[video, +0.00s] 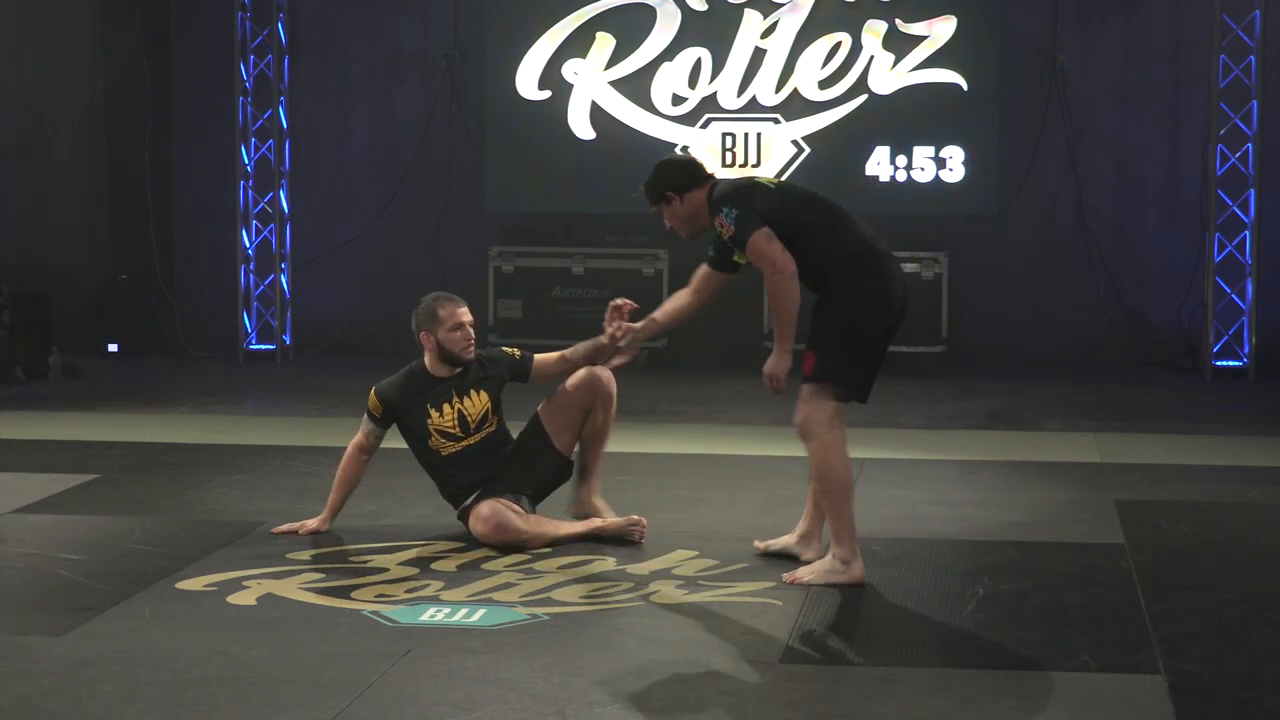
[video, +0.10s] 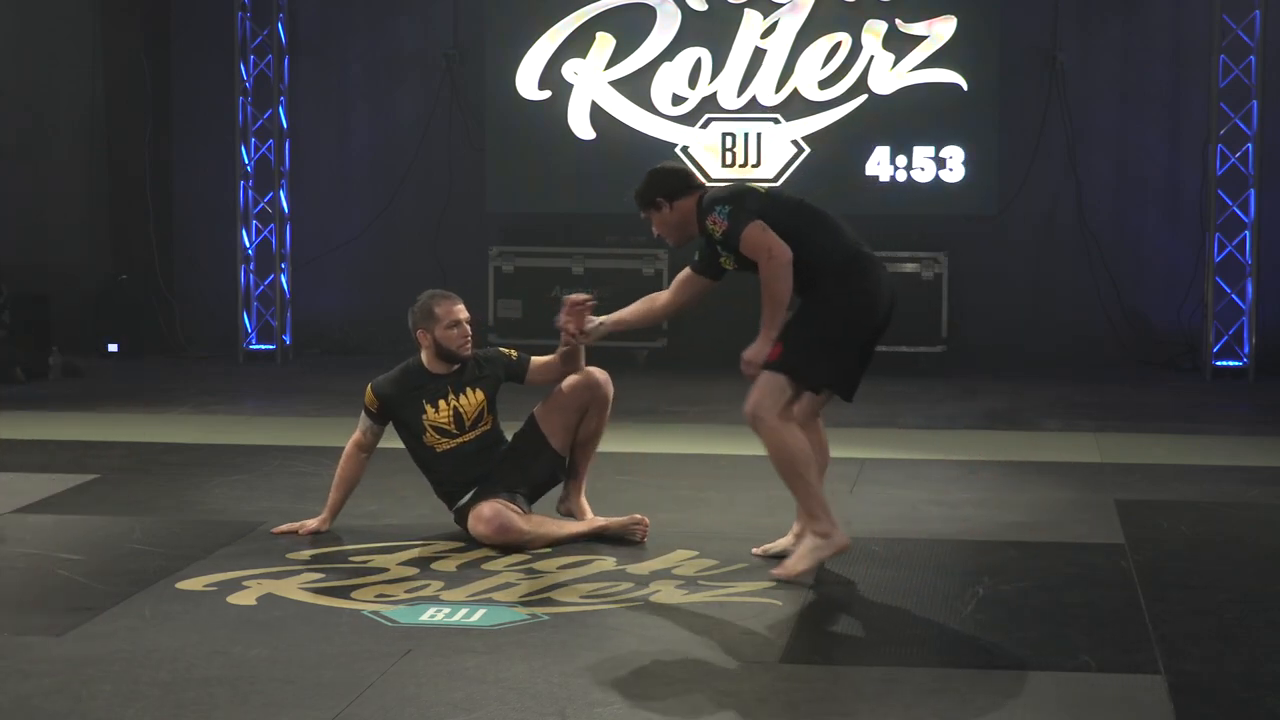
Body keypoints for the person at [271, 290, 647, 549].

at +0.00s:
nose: (471, 335)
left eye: (471, 326)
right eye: (459, 329)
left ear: (472, 328)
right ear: (428, 338)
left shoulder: (490, 362)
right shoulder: (394, 395)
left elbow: (563, 361)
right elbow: (360, 451)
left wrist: (608, 342)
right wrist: (325, 517)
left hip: (520, 465)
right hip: (482, 496)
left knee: (595, 382)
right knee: (491, 526)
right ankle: (591, 529)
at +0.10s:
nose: (467, 333)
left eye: (468, 323)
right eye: (454, 327)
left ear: (469, 325)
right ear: (424, 335)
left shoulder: (487, 362)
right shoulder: (390, 391)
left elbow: (563, 368)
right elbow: (359, 449)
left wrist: (571, 339)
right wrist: (325, 517)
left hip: (515, 463)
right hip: (478, 496)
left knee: (592, 383)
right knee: (493, 527)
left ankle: (574, 499)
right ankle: (592, 529)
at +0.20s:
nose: (462, 331)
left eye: (463, 321)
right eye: (450, 324)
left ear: (463, 324)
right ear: (419, 332)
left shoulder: (479, 361)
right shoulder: (383, 387)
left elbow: (551, 362)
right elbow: (354, 448)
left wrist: (563, 346)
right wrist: (324, 518)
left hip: (508, 462)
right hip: (473, 496)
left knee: (588, 380)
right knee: (492, 529)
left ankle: (566, 499)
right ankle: (592, 529)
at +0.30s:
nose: (454, 329)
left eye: (455, 320)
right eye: (442, 323)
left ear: (458, 322)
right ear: (412, 332)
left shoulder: (473, 358)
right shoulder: (378, 384)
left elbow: (538, 361)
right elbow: (352, 447)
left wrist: (563, 367)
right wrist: (325, 517)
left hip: (506, 458)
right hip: (470, 492)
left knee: (586, 381)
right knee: (496, 529)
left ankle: (566, 500)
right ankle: (594, 530)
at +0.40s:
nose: (452, 329)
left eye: (452, 320)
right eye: (441, 324)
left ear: (451, 321)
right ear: (410, 330)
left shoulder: (470, 358)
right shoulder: (375, 383)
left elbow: (535, 394)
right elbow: (349, 446)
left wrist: (564, 382)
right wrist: (324, 517)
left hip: (503, 455)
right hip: (467, 491)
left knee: (585, 383)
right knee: (501, 524)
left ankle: (566, 496)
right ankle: (620, 523)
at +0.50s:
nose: (453, 330)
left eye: (453, 321)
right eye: (442, 324)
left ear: (450, 322)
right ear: (410, 331)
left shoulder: (467, 358)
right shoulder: (374, 383)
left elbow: (525, 403)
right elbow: (348, 444)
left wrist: (561, 405)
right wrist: (323, 517)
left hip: (504, 449)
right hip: (468, 491)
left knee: (573, 374)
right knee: (525, 524)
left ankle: (568, 501)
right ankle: (658, 511)